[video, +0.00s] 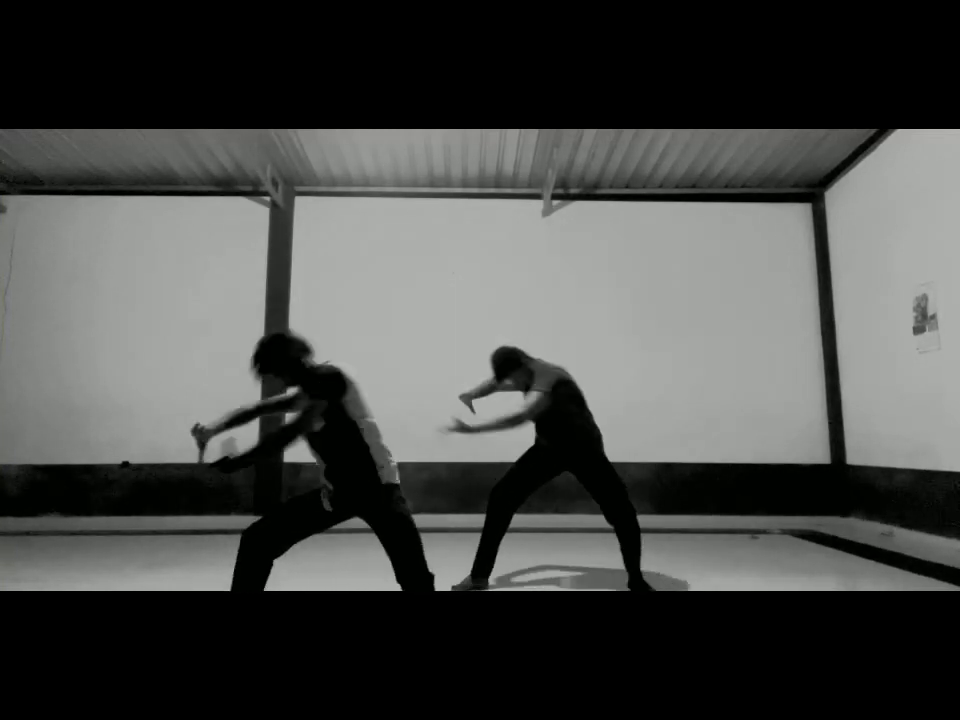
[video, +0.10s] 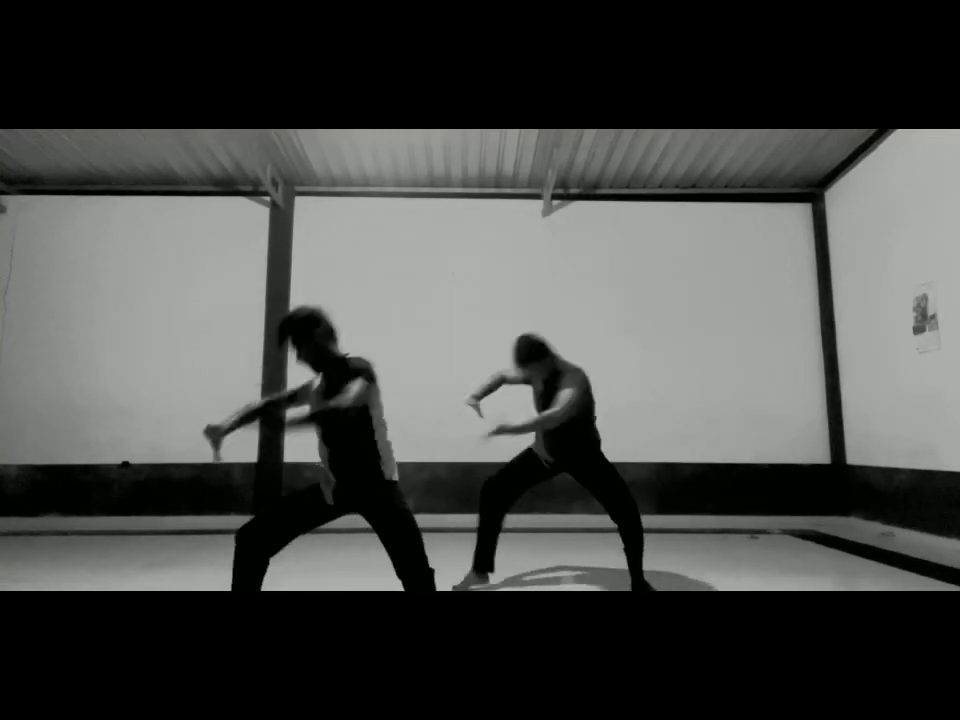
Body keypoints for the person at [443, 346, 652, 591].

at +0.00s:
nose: (512, 385)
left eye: (513, 378)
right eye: (508, 381)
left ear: (523, 367)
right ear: (507, 377)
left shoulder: (549, 377)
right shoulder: (526, 375)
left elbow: (524, 415)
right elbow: (496, 384)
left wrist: (473, 429)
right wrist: (471, 395)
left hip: (583, 453)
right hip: (548, 451)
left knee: (622, 512)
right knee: (502, 497)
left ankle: (635, 578)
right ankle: (479, 577)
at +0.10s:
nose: (530, 376)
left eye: (532, 371)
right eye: (527, 372)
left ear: (543, 361)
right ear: (528, 366)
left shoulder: (573, 379)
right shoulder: (536, 372)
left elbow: (557, 416)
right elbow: (502, 377)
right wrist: (477, 395)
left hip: (583, 458)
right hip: (544, 455)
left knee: (626, 510)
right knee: (494, 492)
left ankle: (638, 581)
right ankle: (480, 572)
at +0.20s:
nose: (549, 352)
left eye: (552, 347)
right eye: (546, 347)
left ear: (562, 346)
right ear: (545, 348)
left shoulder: (587, 375)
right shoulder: (538, 369)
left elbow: (604, 393)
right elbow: (502, 366)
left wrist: (561, 408)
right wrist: (488, 391)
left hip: (579, 458)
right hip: (539, 455)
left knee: (625, 508)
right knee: (482, 489)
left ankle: (638, 579)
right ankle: (473, 565)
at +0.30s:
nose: (557, 347)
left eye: (564, 342)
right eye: (553, 341)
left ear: (575, 344)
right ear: (548, 342)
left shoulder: (588, 376)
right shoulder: (532, 367)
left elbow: (627, 371)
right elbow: (495, 347)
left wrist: (585, 378)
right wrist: (501, 371)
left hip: (572, 460)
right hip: (530, 459)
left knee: (621, 509)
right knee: (476, 501)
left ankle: (637, 580)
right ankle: (469, 575)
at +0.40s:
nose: (552, 341)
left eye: (558, 337)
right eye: (547, 336)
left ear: (565, 342)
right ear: (539, 339)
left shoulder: (573, 374)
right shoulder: (519, 366)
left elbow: (616, 359)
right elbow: (482, 335)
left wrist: (588, 369)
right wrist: (511, 351)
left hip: (567, 460)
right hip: (521, 459)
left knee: (615, 507)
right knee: (473, 501)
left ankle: (637, 579)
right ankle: (468, 577)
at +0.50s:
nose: (538, 338)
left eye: (544, 334)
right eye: (533, 332)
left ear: (550, 339)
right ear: (524, 336)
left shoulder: (561, 370)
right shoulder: (505, 367)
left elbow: (601, 358)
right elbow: (473, 339)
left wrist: (611, 363)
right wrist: (499, 346)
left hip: (560, 454)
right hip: (517, 455)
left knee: (615, 495)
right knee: (472, 501)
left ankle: (636, 571)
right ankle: (469, 577)